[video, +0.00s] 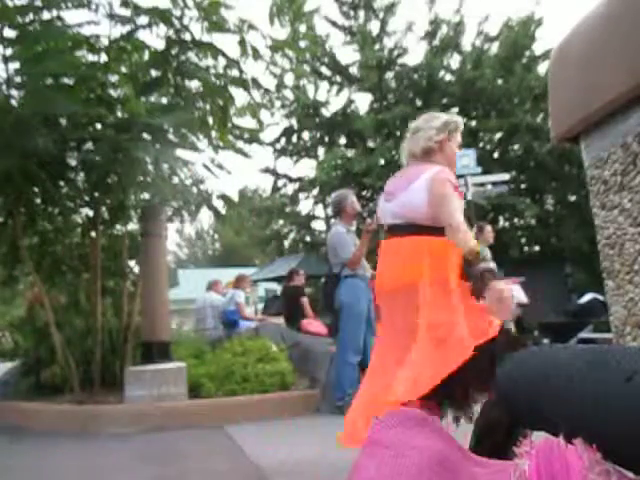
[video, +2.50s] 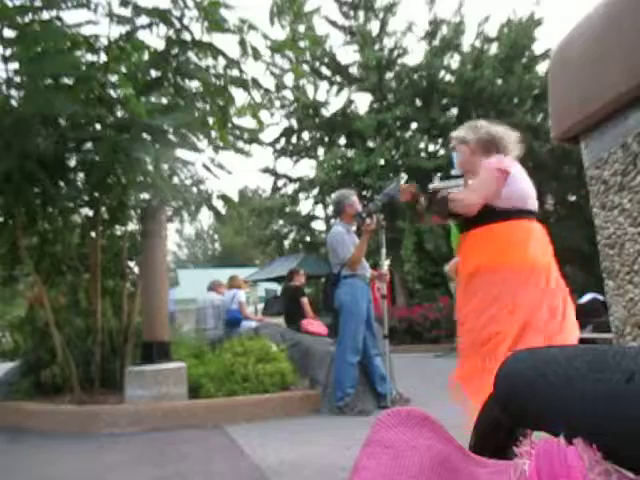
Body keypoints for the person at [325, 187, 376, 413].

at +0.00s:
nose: (359, 205)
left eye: (357, 201)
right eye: (354, 202)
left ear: (347, 207)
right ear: (345, 207)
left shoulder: (349, 232)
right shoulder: (338, 233)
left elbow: (360, 262)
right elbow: (353, 261)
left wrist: (373, 275)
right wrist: (366, 236)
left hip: (363, 282)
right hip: (351, 282)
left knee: (368, 340)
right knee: (351, 343)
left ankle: (368, 390)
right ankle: (346, 395)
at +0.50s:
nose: (361, 206)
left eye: (359, 201)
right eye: (356, 201)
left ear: (349, 207)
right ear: (346, 207)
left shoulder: (350, 233)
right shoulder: (337, 234)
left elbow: (358, 267)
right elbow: (353, 262)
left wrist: (375, 274)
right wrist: (367, 234)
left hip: (363, 284)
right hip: (351, 284)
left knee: (370, 344)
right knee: (351, 345)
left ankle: (386, 393)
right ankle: (344, 397)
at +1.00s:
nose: (361, 206)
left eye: (359, 201)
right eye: (357, 202)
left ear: (350, 207)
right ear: (347, 207)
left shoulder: (350, 233)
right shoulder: (337, 234)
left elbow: (358, 265)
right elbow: (353, 262)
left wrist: (374, 274)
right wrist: (367, 235)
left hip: (363, 285)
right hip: (351, 285)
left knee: (371, 344)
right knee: (350, 345)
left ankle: (386, 393)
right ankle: (344, 398)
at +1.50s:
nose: (361, 205)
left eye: (359, 201)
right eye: (356, 201)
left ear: (349, 207)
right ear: (347, 206)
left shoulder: (350, 233)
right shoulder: (337, 234)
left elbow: (357, 266)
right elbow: (352, 262)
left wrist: (374, 274)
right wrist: (366, 235)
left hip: (362, 284)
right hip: (350, 284)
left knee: (370, 344)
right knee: (350, 345)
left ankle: (386, 393)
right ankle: (344, 398)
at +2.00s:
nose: (360, 206)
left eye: (358, 201)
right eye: (356, 202)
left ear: (348, 207)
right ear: (347, 207)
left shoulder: (350, 233)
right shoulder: (337, 234)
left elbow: (357, 265)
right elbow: (352, 262)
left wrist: (374, 273)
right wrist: (366, 235)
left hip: (362, 284)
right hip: (350, 284)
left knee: (370, 344)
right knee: (350, 345)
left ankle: (386, 393)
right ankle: (344, 398)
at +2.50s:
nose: (360, 206)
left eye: (359, 202)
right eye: (355, 203)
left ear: (349, 208)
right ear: (345, 207)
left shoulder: (350, 233)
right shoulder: (337, 233)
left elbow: (358, 264)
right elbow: (352, 262)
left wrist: (374, 273)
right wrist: (365, 236)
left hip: (362, 284)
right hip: (350, 284)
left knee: (369, 343)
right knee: (350, 344)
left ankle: (386, 393)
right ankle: (344, 397)